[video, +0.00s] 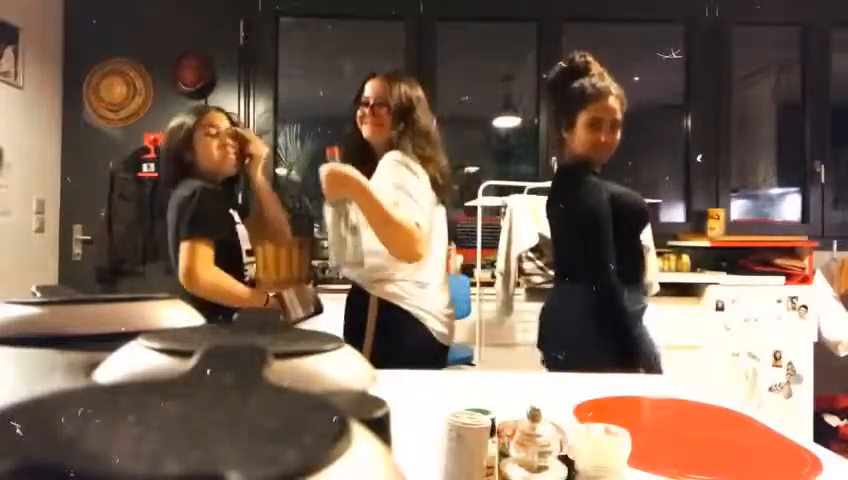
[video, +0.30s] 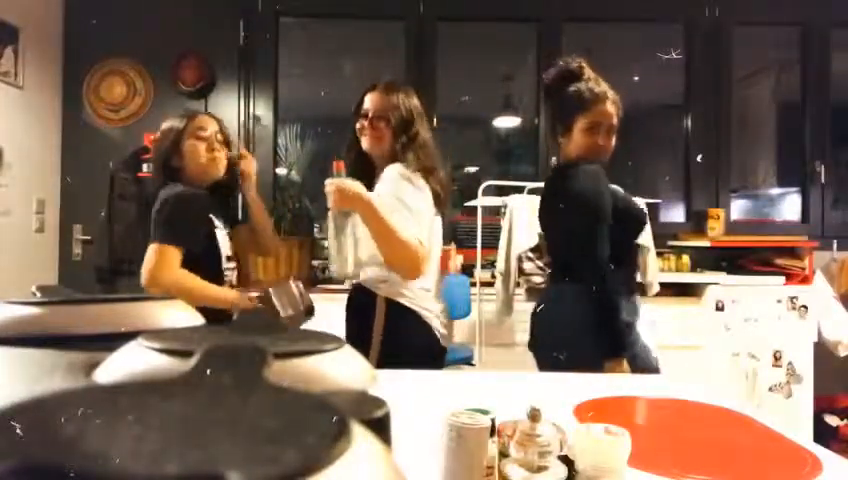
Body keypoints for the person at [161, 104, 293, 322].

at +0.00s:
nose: (228, 142)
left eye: (230, 134)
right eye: (212, 135)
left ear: (237, 142)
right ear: (187, 150)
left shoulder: (217, 194)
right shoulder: (200, 195)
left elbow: (280, 238)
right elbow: (195, 274)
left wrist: (257, 176)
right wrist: (263, 300)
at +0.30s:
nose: (215, 147)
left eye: (220, 141)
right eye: (202, 138)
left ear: (227, 151)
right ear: (175, 154)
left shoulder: (212, 202)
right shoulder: (180, 200)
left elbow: (267, 248)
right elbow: (158, 275)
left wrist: (250, 193)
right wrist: (234, 298)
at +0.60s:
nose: (215, 145)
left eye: (220, 139)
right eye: (200, 137)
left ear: (227, 153)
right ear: (176, 158)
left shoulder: (208, 209)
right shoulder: (181, 204)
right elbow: (154, 279)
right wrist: (237, 288)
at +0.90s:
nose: (220, 149)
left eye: (226, 142)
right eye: (206, 141)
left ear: (235, 153)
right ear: (181, 159)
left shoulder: (214, 211)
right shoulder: (192, 209)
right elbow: (178, 286)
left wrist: (252, 288)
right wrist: (251, 296)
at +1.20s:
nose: (216, 144)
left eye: (222, 136)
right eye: (201, 137)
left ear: (231, 147)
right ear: (177, 151)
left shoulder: (212, 206)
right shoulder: (187, 202)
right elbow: (174, 280)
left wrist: (246, 277)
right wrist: (248, 289)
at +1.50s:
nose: (215, 135)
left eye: (221, 127)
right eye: (200, 128)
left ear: (231, 137)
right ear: (177, 145)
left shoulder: (212, 196)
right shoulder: (186, 191)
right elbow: (165, 266)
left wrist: (251, 276)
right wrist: (241, 279)